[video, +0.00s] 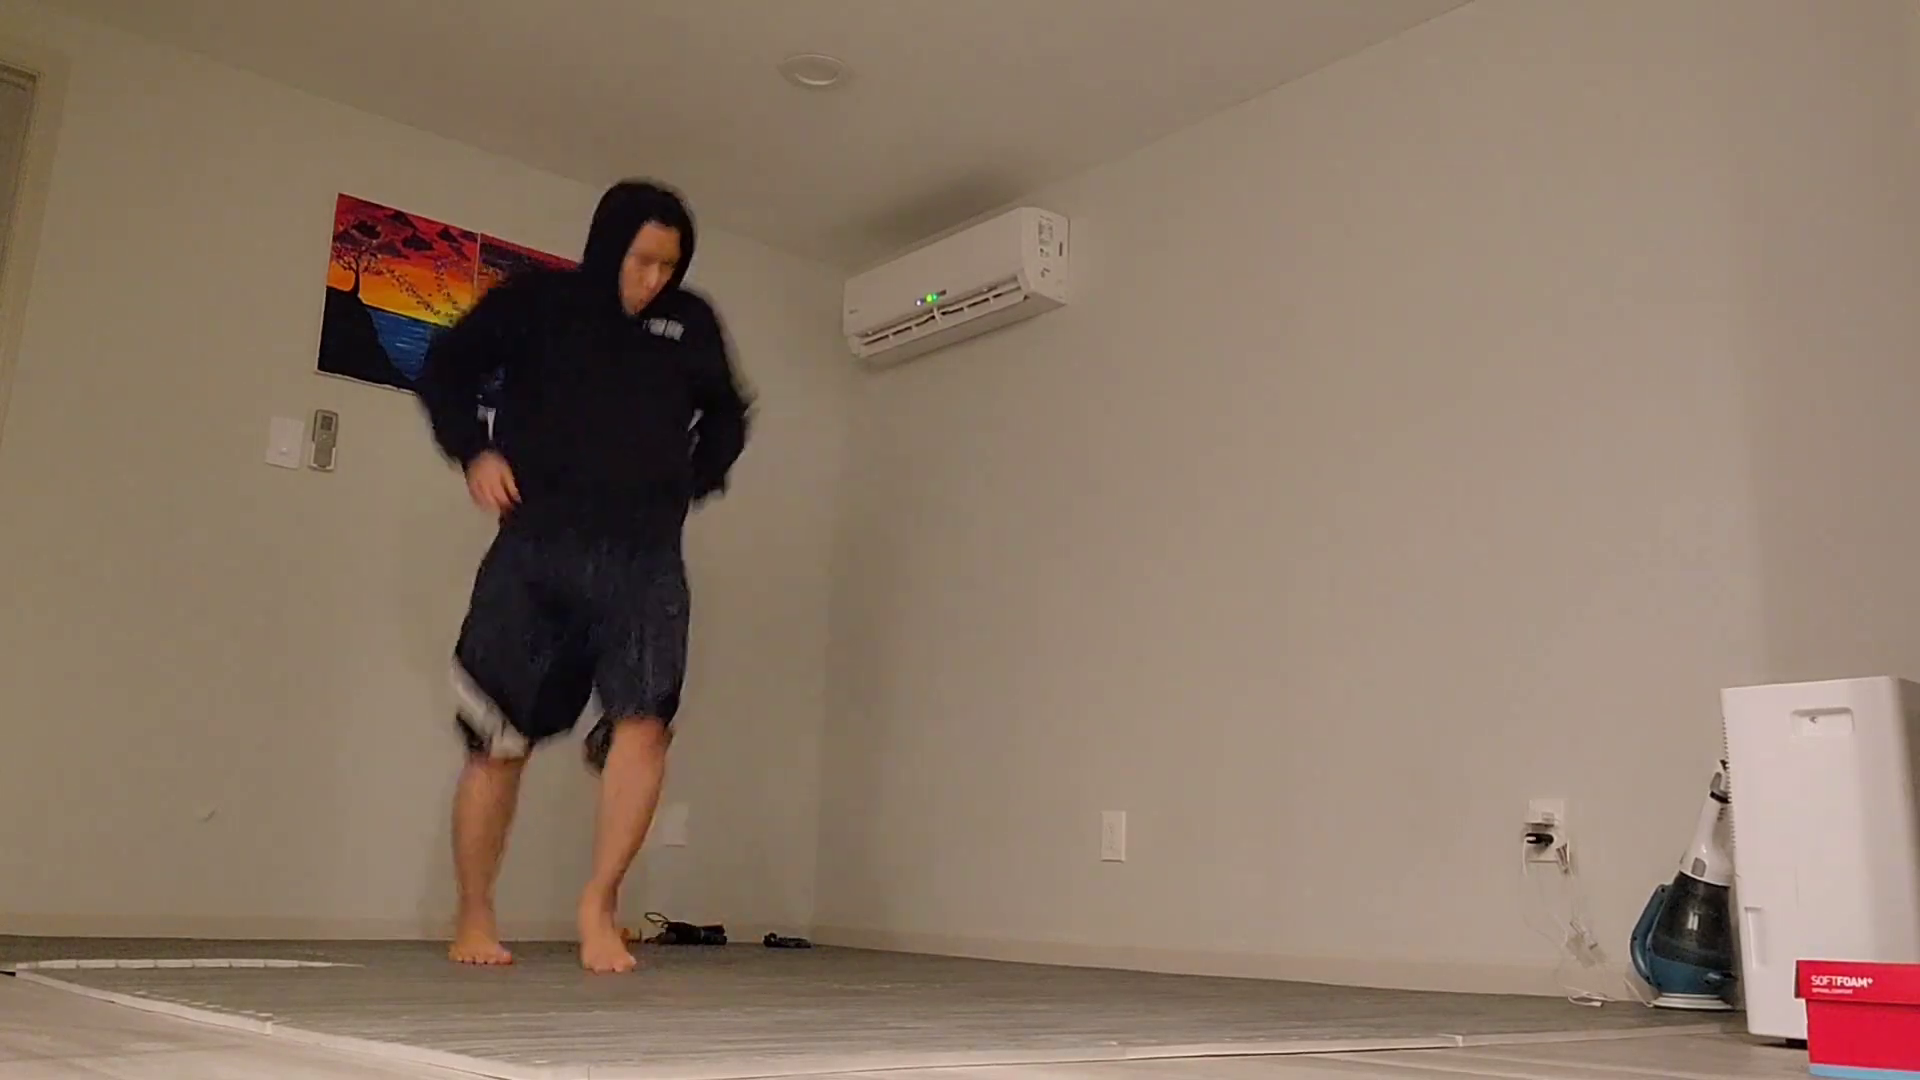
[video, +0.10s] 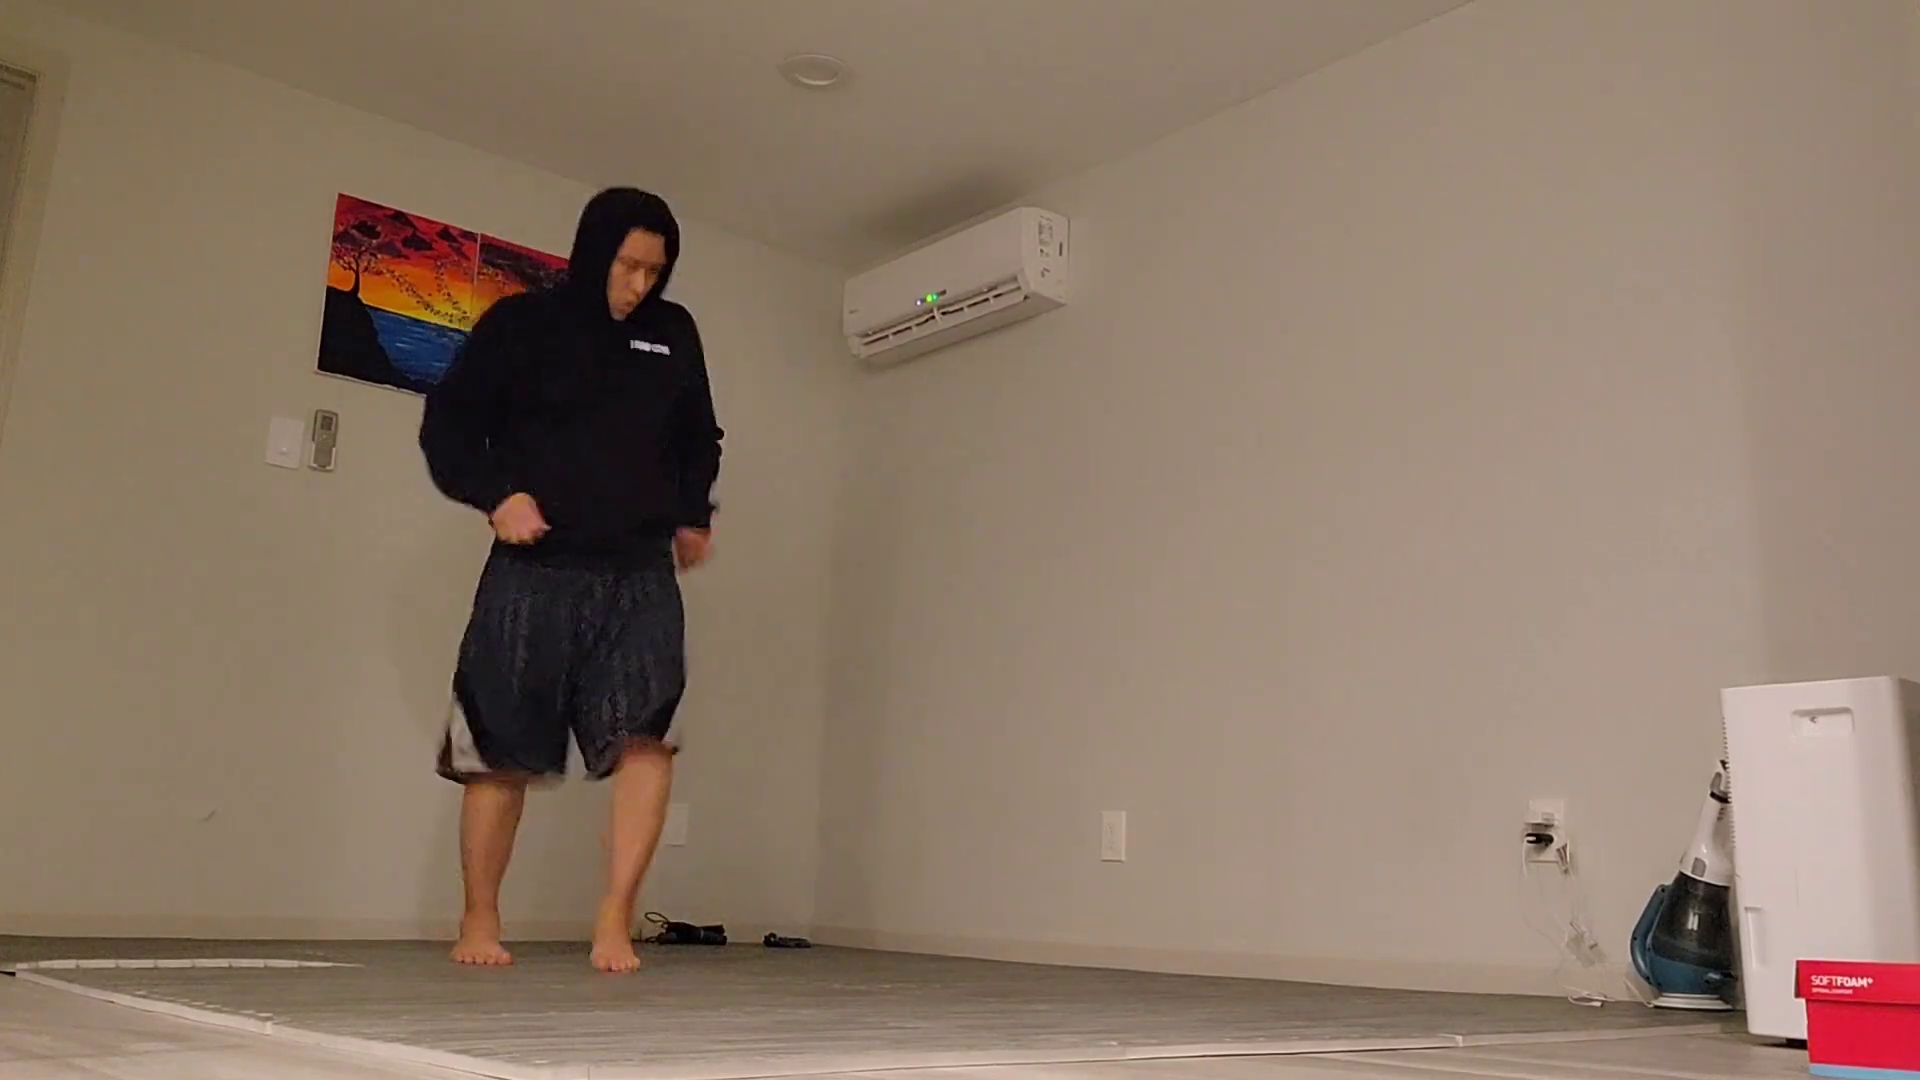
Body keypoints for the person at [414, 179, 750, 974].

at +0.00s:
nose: (654, 279)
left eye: (667, 265)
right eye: (644, 260)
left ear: (679, 264)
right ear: (607, 246)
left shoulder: (691, 324)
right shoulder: (535, 299)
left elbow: (726, 416)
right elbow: (444, 367)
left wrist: (686, 484)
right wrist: (475, 453)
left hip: (643, 555)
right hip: (538, 546)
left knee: (644, 723)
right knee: (500, 740)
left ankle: (599, 909)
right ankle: (475, 914)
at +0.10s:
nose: (641, 284)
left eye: (653, 271)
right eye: (629, 266)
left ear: (663, 269)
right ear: (592, 253)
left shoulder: (672, 333)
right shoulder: (519, 323)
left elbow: (696, 431)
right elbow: (447, 425)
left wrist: (693, 511)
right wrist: (496, 494)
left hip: (637, 569)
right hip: (532, 567)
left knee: (645, 739)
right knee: (502, 751)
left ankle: (616, 918)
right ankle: (480, 917)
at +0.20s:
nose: (643, 268)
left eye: (655, 256)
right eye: (632, 249)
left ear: (663, 256)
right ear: (593, 236)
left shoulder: (665, 320)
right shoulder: (517, 304)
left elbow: (702, 410)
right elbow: (445, 407)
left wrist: (695, 458)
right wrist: (512, 470)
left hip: (638, 554)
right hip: (541, 553)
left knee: (654, 727)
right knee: (521, 726)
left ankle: (608, 906)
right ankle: (488, 897)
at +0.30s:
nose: (652, 283)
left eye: (663, 273)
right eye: (643, 264)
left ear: (668, 278)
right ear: (604, 253)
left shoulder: (664, 340)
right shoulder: (525, 319)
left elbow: (719, 408)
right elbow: (430, 401)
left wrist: (722, 417)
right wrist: (507, 473)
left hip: (627, 564)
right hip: (539, 549)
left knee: (642, 739)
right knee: (550, 709)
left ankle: (581, 921)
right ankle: (496, 895)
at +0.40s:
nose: (652, 301)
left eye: (665, 291)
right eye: (644, 282)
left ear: (671, 298)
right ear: (605, 270)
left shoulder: (662, 360)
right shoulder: (522, 329)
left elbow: (704, 420)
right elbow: (426, 409)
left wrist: (750, 432)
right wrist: (491, 482)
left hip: (618, 574)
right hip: (532, 556)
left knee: (620, 761)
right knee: (552, 728)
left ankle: (566, 922)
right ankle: (495, 893)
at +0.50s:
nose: (643, 296)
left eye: (656, 286)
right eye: (634, 277)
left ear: (662, 292)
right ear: (594, 267)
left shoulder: (656, 367)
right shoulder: (517, 328)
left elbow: (704, 447)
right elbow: (426, 410)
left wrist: (768, 513)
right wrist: (497, 487)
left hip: (612, 577)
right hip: (521, 559)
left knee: (637, 740)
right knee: (528, 727)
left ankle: (563, 886)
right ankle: (486, 892)